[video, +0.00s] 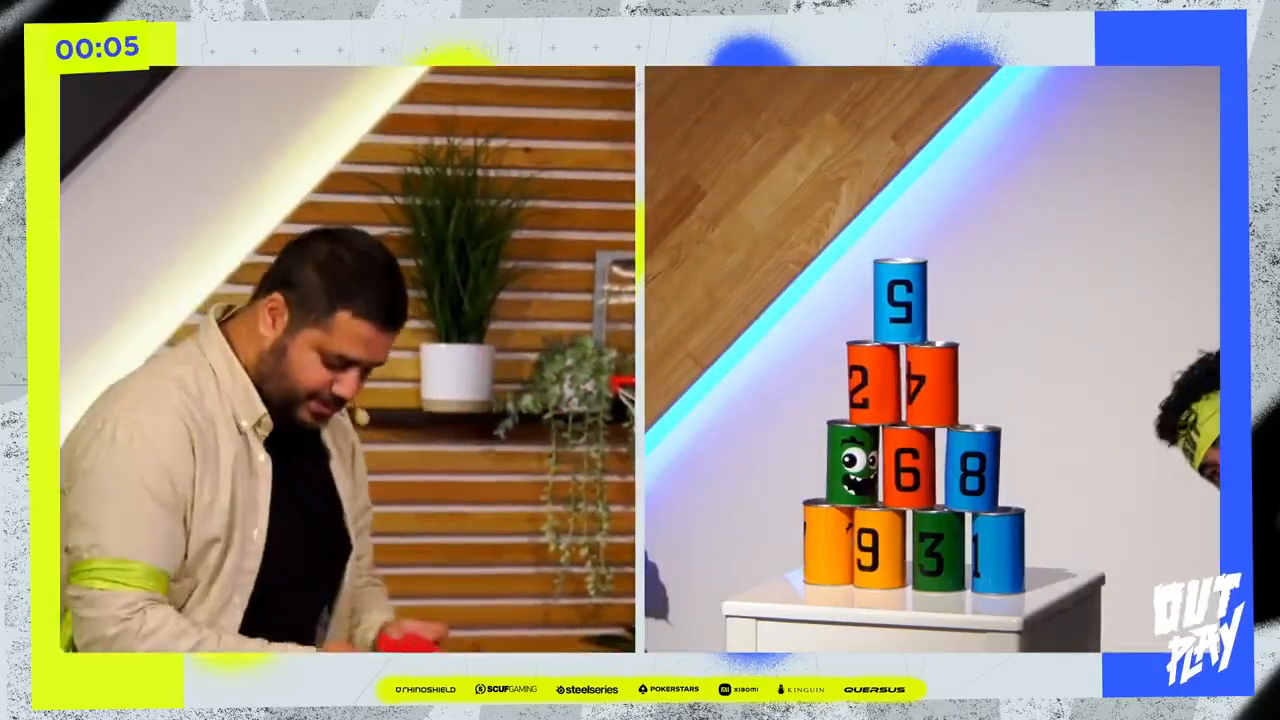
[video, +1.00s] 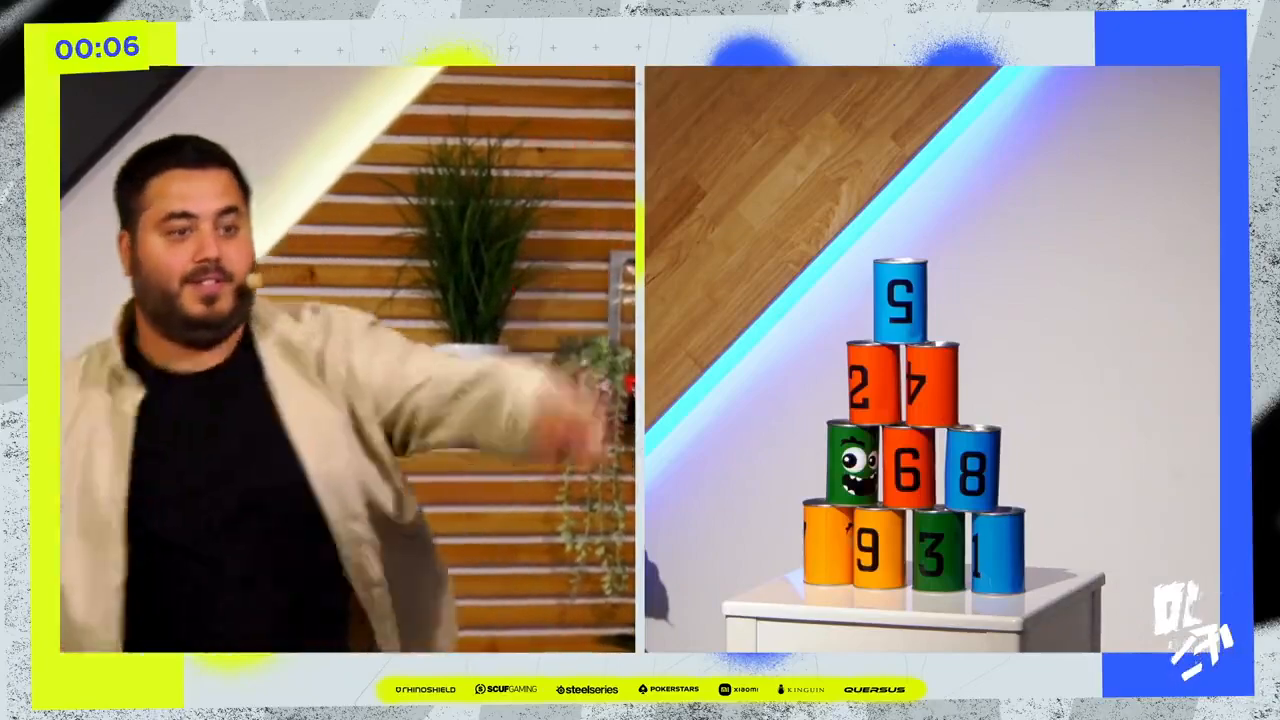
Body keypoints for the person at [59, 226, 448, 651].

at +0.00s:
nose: (348, 391)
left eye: (365, 372)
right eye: (335, 363)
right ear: (274, 318)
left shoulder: (330, 422)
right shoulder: (147, 421)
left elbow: (354, 578)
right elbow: (113, 626)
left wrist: (381, 633)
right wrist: (305, 667)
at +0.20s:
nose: (327, 327)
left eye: (345, 305)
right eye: (306, 296)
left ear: (356, 310)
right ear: (242, 281)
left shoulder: (311, 399)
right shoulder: (157, 403)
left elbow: (345, 556)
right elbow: (143, 617)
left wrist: (369, 637)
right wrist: (331, 639)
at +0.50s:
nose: (304, 277)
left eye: (320, 257)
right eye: (276, 253)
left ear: (333, 271)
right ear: (217, 265)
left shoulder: (299, 392)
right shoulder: (168, 381)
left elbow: (280, 604)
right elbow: (185, 558)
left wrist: (410, 627)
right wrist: (377, 571)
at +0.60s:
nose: (305, 275)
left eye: (321, 253)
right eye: (275, 251)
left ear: (336, 268)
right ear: (217, 265)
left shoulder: (311, 403)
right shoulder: (170, 373)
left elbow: (313, 597)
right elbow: (159, 515)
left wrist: (442, 617)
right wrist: (358, 578)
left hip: (267, 694)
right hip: (135, 693)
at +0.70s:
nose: (301, 273)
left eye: (316, 251)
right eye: (270, 251)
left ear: (333, 269)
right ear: (214, 269)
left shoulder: (310, 404)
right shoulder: (166, 373)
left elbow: (331, 548)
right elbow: (114, 487)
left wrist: (472, 512)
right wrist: (236, 582)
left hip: (307, 697)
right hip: (184, 698)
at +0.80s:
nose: (288, 261)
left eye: (304, 240)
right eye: (257, 241)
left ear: (322, 258)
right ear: (202, 262)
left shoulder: (318, 404)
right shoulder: (144, 375)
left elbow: (398, 527)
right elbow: (44, 481)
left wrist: (481, 389)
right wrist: (88, 586)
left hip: (323, 700)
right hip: (183, 699)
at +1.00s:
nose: (211, 253)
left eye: (228, 226)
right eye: (178, 231)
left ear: (250, 237)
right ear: (128, 251)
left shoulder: (327, 349)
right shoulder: (69, 398)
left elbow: (438, 387)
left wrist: (546, 405)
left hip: (320, 695)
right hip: (141, 698)